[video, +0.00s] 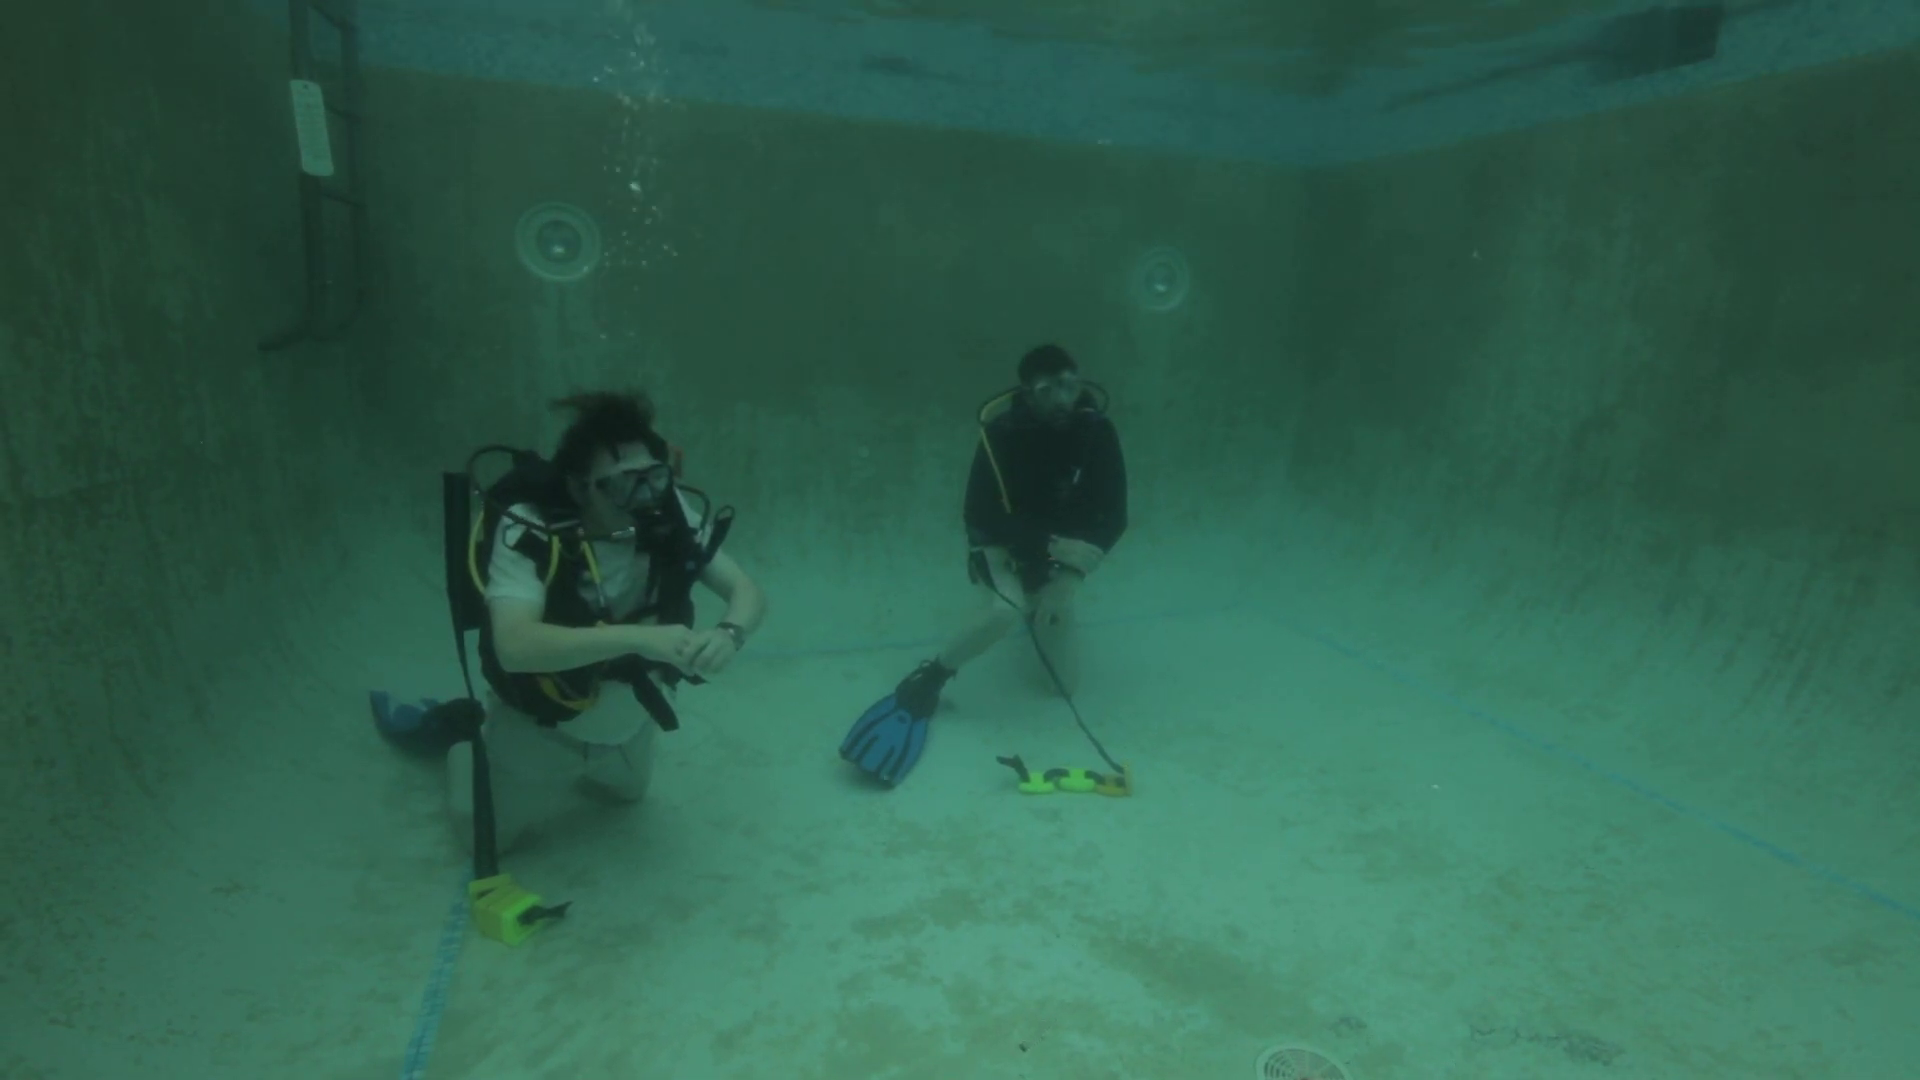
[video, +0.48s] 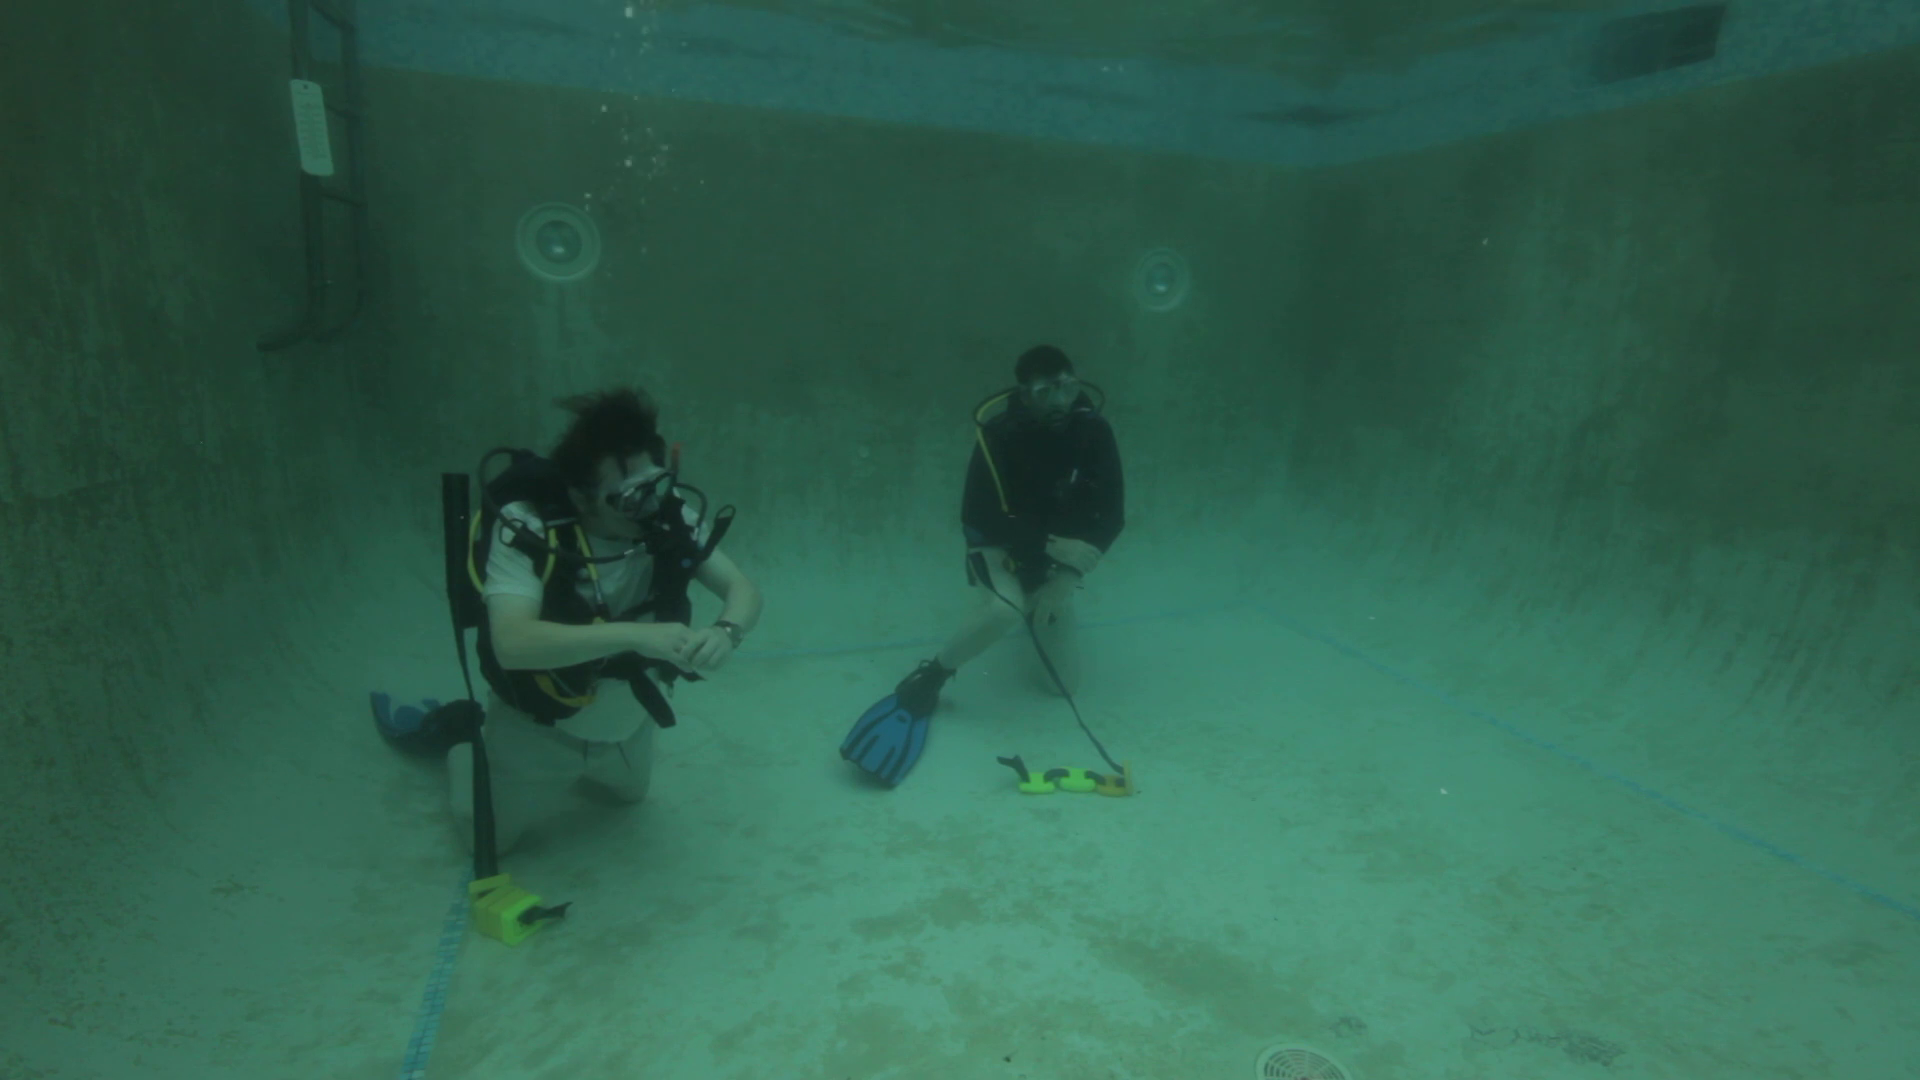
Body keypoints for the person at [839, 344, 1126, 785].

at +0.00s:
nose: (1062, 398)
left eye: (1068, 386)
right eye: (1050, 389)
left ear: (1080, 386)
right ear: (1028, 392)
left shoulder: (1096, 429)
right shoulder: (1003, 426)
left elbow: (1112, 513)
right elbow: (982, 514)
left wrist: (1069, 578)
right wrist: (1054, 545)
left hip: (1063, 547)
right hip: (1003, 541)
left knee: (1065, 679)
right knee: (1007, 610)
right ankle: (929, 680)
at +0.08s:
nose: (1061, 398)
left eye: (1068, 386)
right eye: (1050, 388)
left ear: (1079, 386)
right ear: (1028, 390)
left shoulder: (1096, 430)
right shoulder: (1002, 427)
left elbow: (1112, 513)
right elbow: (981, 514)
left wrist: (1070, 575)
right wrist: (1053, 545)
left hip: (1063, 549)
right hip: (1003, 542)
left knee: (1064, 680)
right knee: (1007, 609)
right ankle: (928, 679)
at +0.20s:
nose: (1061, 399)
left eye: (1068, 387)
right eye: (1049, 389)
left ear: (1078, 387)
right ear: (1027, 390)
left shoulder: (1095, 431)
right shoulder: (1001, 428)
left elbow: (1111, 513)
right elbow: (980, 514)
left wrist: (1068, 577)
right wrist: (1054, 545)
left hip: (1063, 550)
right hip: (1003, 544)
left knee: (1064, 680)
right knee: (1006, 609)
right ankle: (929, 679)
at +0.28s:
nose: (1060, 399)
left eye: (1066, 386)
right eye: (1047, 390)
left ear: (1078, 385)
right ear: (1025, 393)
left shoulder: (1094, 430)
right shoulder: (1001, 429)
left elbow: (1111, 513)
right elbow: (979, 512)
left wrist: (1073, 564)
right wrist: (1040, 546)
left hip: (1065, 549)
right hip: (1003, 542)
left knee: (1063, 682)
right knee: (1004, 611)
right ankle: (931, 677)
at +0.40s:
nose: (1062, 398)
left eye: (1067, 386)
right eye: (1050, 390)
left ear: (1076, 384)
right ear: (1027, 392)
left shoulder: (1093, 430)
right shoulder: (1001, 430)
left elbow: (1110, 514)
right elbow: (979, 514)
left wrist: (1063, 582)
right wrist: (1053, 545)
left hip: (1058, 551)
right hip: (1000, 542)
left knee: (1065, 679)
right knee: (1005, 610)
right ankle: (930, 678)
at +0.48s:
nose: (1060, 398)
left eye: (1066, 387)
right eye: (1049, 389)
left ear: (1075, 385)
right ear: (1026, 391)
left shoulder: (1093, 429)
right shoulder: (1000, 429)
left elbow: (1110, 513)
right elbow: (980, 514)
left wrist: (1066, 579)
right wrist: (1052, 546)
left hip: (1061, 550)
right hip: (1001, 542)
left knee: (1063, 680)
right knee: (1005, 608)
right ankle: (930, 678)